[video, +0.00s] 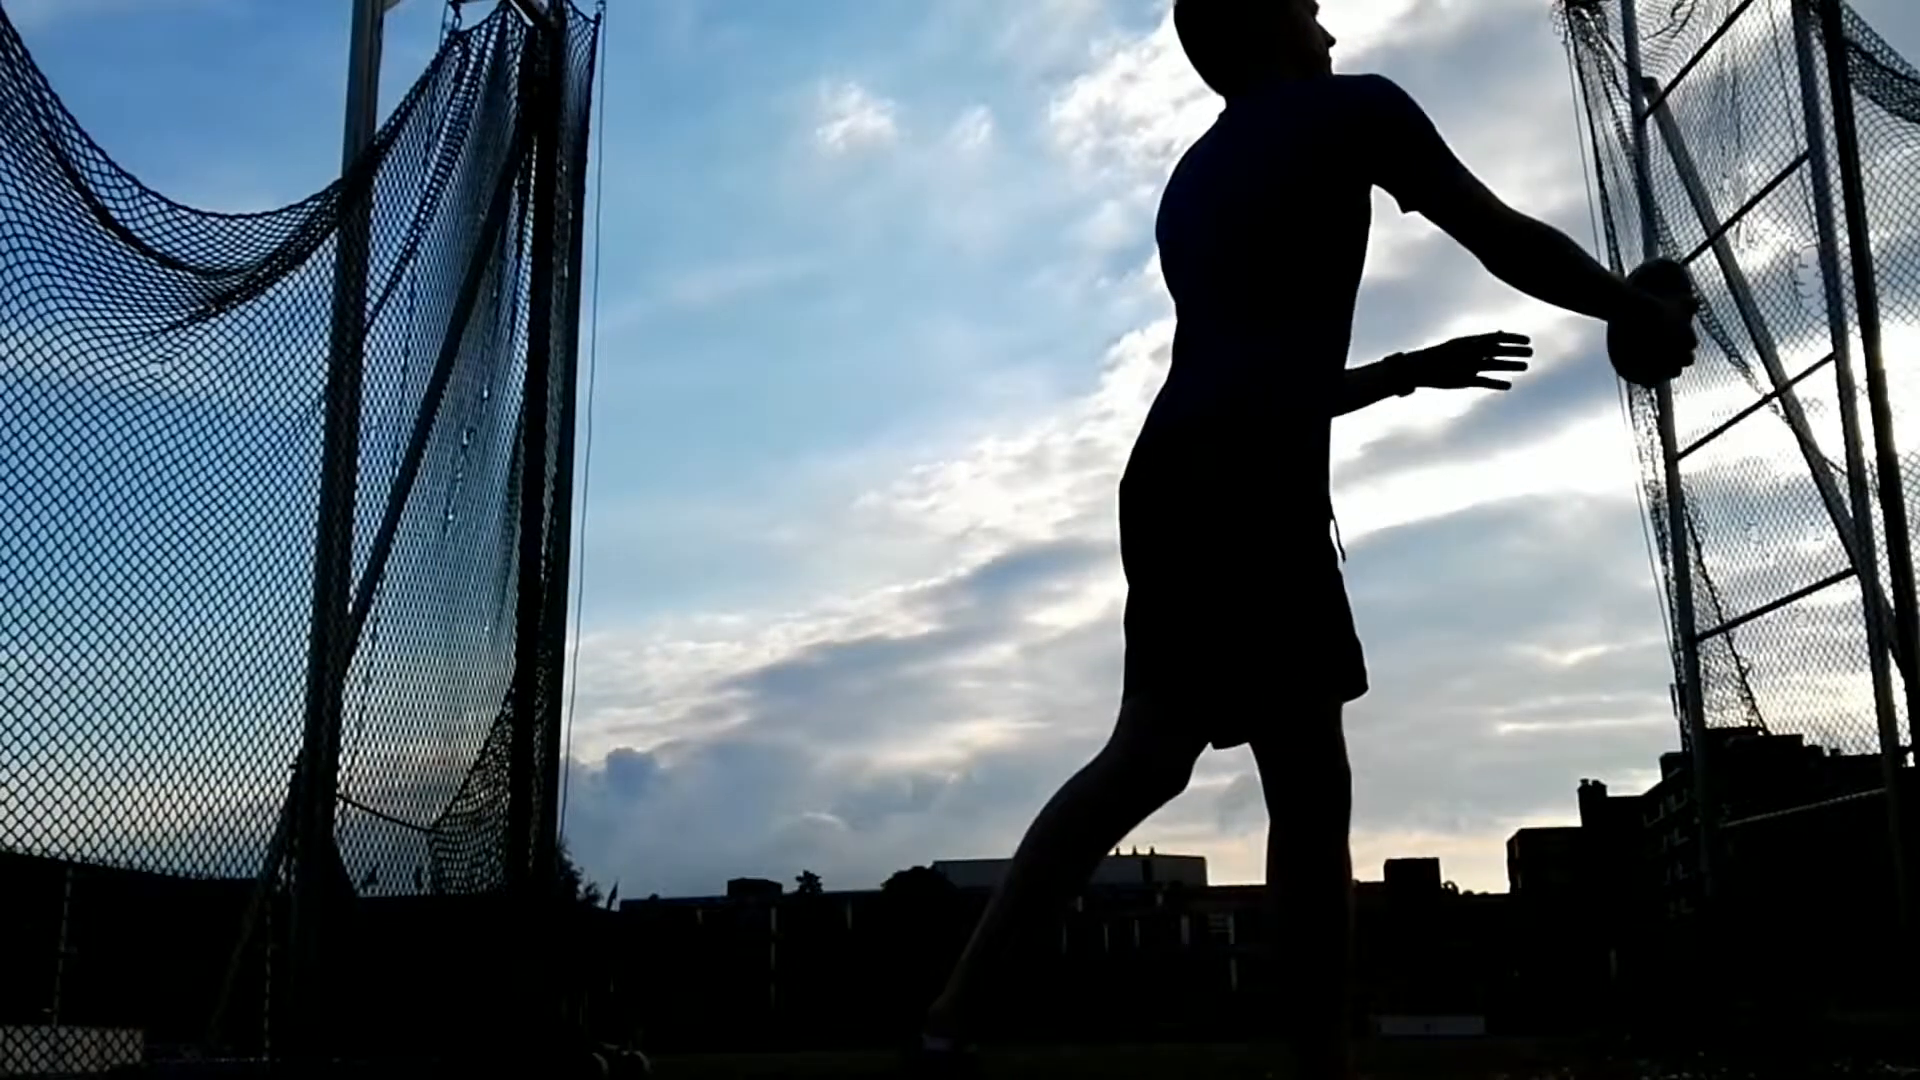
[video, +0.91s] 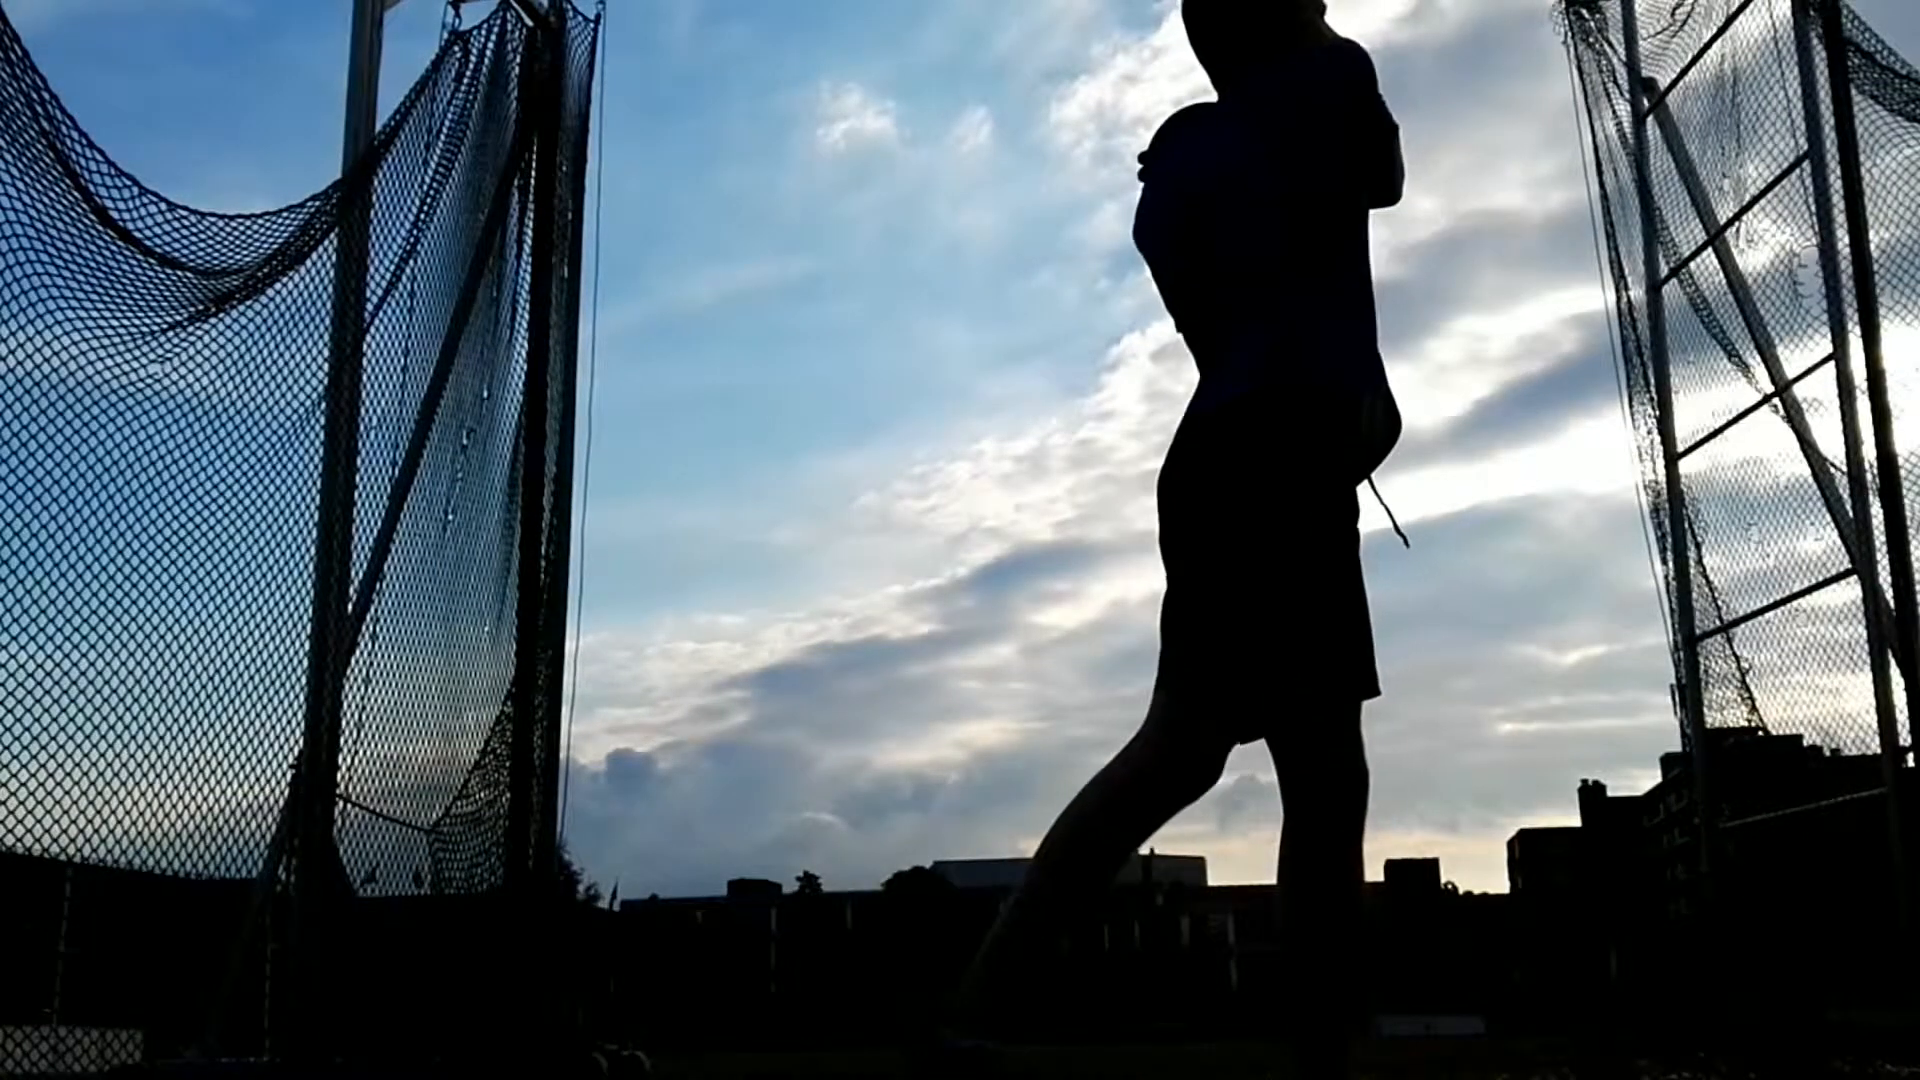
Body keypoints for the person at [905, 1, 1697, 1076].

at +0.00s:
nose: (1325, 26)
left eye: (1312, 9)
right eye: (1306, 12)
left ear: (1215, 55)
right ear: (1276, 28)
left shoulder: (1192, 183)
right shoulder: (1358, 107)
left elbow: (1258, 394)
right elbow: (1501, 238)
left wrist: (1413, 371)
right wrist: (1625, 303)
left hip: (1169, 490)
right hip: (1263, 490)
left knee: (1144, 758)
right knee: (1308, 785)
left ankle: (963, 1003)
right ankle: (1318, 1057)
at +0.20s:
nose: (1323, 24)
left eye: (1310, 9)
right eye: (1306, 10)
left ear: (1207, 50)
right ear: (1286, 22)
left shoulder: (1186, 183)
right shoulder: (1358, 91)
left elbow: (1268, 369)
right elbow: (1490, 241)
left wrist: (1393, 337)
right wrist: (1489, 290)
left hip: (1190, 485)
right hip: (1279, 486)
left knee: (1170, 753)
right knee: (1315, 785)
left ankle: (976, 998)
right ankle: (1319, 1055)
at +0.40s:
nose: (1318, 22)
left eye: (1307, 9)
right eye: (1304, 8)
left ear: (1203, 48)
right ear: (1283, 19)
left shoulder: (1179, 187)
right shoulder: (1352, 80)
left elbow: (1239, 330)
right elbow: (1438, 224)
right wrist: (1342, 228)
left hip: (1207, 474)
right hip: (1302, 469)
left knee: (1190, 749)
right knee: (1322, 769)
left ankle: (1004, 985)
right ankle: (1316, 1041)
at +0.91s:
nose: (1317, 22)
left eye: (1304, 13)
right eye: (1305, 10)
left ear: (1205, 38)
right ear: (1286, 19)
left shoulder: (1166, 163)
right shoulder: (1325, 80)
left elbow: (1207, 337)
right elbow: (1378, 176)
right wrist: (1321, 55)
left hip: (1215, 467)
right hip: (1294, 466)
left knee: (1179, 745)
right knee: (1327, 766)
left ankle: (997, 983)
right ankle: (1321, 1032)